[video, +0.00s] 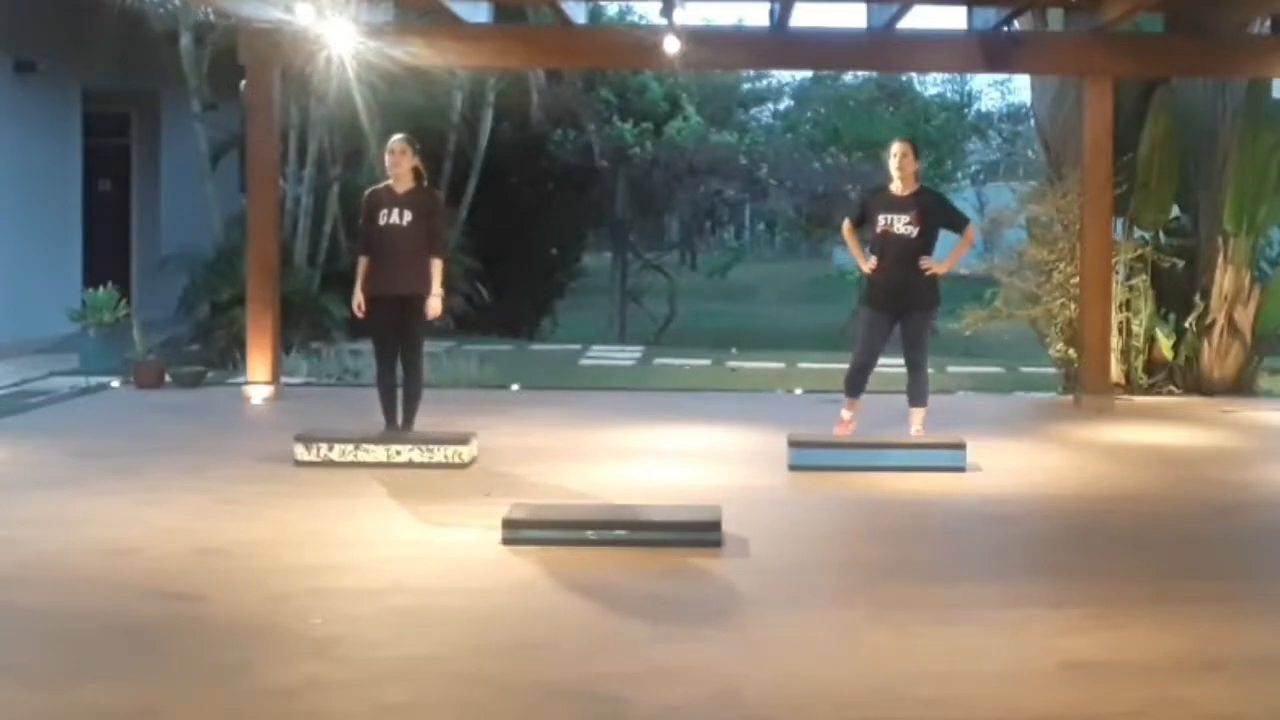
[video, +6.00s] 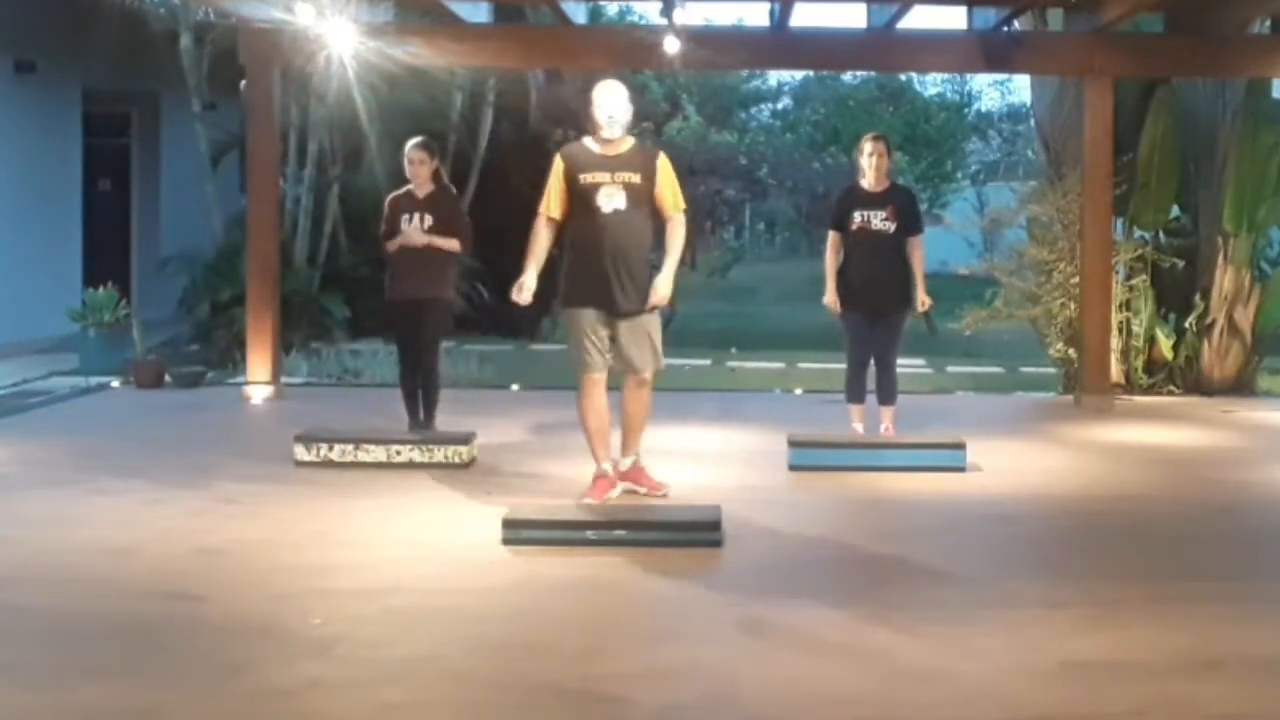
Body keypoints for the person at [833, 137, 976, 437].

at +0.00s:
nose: (898, 161)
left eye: (904, 156)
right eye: (894, 156)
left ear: (916, 163)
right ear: (888, 162)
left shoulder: (931, 200)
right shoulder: (874, 198)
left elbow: (969, 232)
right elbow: (847, 226)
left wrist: (946, 264)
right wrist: (862, 259)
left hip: (918, 290)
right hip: (881, 288)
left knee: (916, 359)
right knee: (865, 354)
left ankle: (917, 426)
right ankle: (849, 410)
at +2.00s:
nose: (870, 160)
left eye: (875, 154)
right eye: (866, 155)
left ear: (889, 161)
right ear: (860, 162)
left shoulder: (906, 199)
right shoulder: (847, 200)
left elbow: (943, 230)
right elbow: (818, 230)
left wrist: (922, 265)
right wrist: (835, 263)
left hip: (896, 288)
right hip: (857, 288)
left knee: (900, 361)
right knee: (849, 359)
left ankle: (914, 429)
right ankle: (838, 428)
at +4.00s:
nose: (859, 171)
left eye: (865, 165)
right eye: (854, 164)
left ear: (875, 167)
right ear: (846, 165)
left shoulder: (886, 199)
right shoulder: (828, 199)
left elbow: (915, 228)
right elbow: (792, 227)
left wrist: (901, 259)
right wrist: (814, 261)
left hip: (877, 286)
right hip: (839, 286)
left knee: (887, 357)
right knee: (839, 357)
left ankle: (896, 420)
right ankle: (837, 426)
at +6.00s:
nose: (874, 160)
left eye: (879, 155)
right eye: (869, 155)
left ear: (888, 159)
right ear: (860, 159)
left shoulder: (904, 198)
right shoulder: (847, 198)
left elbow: (915, 245)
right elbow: (834, 245)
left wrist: (920, 288)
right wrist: (830, 287)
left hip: (893, 292)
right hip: (855, 292)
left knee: (886, 359)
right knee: (857, 359)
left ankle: (888, 425)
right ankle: (858, 425)